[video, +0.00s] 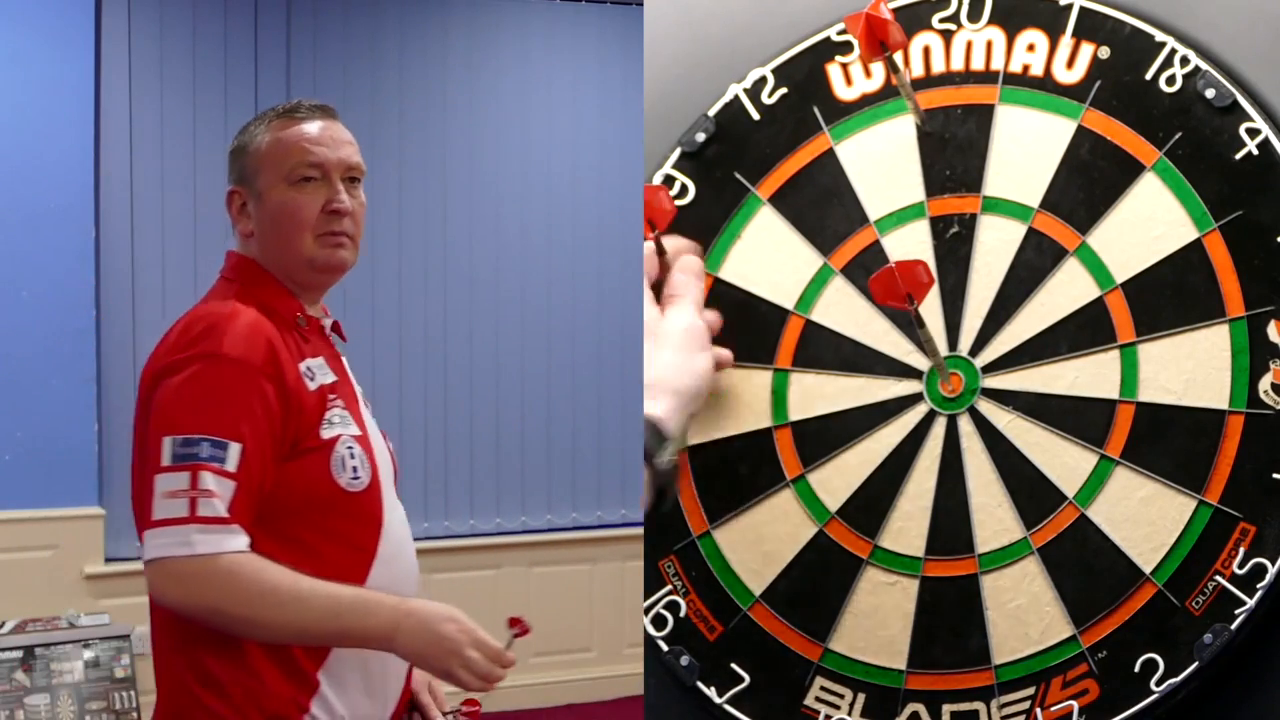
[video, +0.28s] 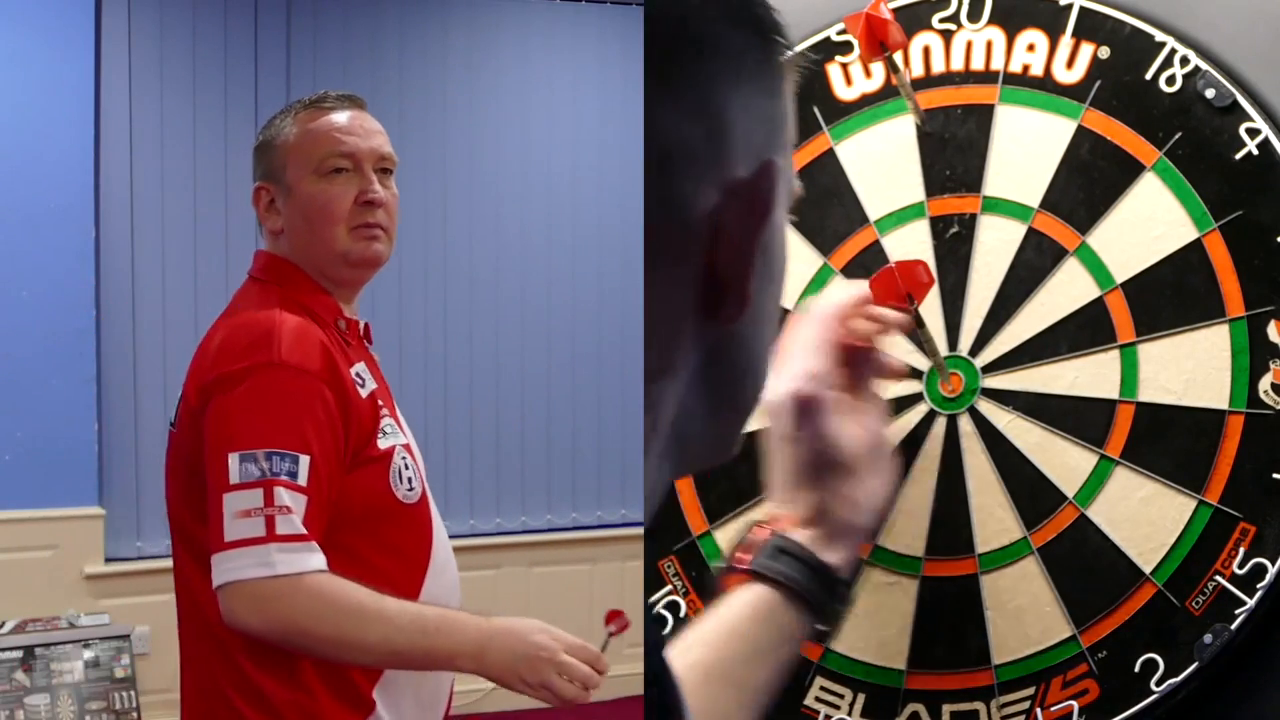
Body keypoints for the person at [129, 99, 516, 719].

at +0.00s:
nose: (341, 201)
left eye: (352, 181)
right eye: (308, 179)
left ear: (365, 199)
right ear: (242, 211)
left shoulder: (310, 337)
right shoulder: (227, 338)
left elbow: (316, 543)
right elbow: (187, 568)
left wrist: (400, 663)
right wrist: (399, 622)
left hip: (355, 703)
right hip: (263, 704)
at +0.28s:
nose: (375, 193)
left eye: (385, 172)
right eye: (339, 171)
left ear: (397, 193)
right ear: (271, 208)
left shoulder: (331, 336)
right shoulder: (275, 345)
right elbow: (261, 589)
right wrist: (482, 643)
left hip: (371, 701)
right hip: (308, 704)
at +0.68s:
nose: (384, 181)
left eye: (394, 161)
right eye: (347, 161)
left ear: (408, 182)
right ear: (279, 203)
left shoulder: (348, 333)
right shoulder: (271, 357)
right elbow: (247, 614)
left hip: (405, 696)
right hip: (343, 701)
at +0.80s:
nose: (382, 179)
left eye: (393, 159)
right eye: (346, 159)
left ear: (407, 181)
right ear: (278, 202)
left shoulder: (352, 333)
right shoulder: (268, 359)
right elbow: (238, 616)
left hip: (401, 698)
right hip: (338, 704)